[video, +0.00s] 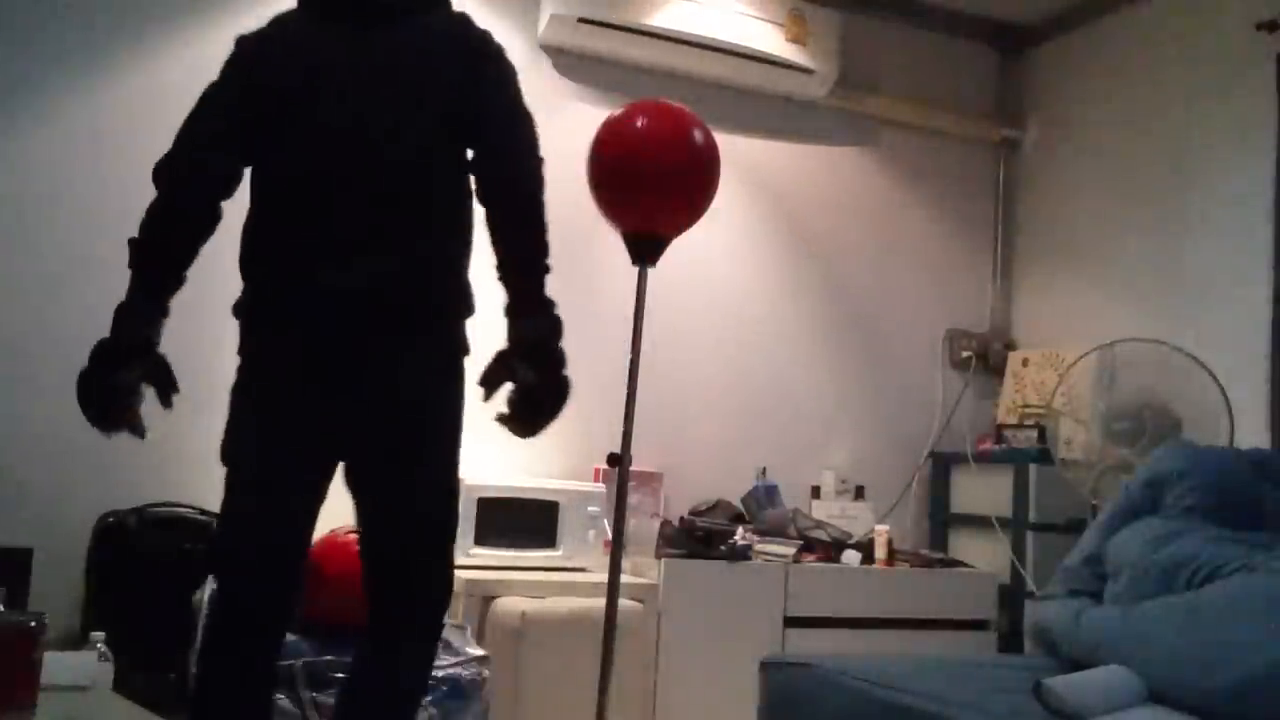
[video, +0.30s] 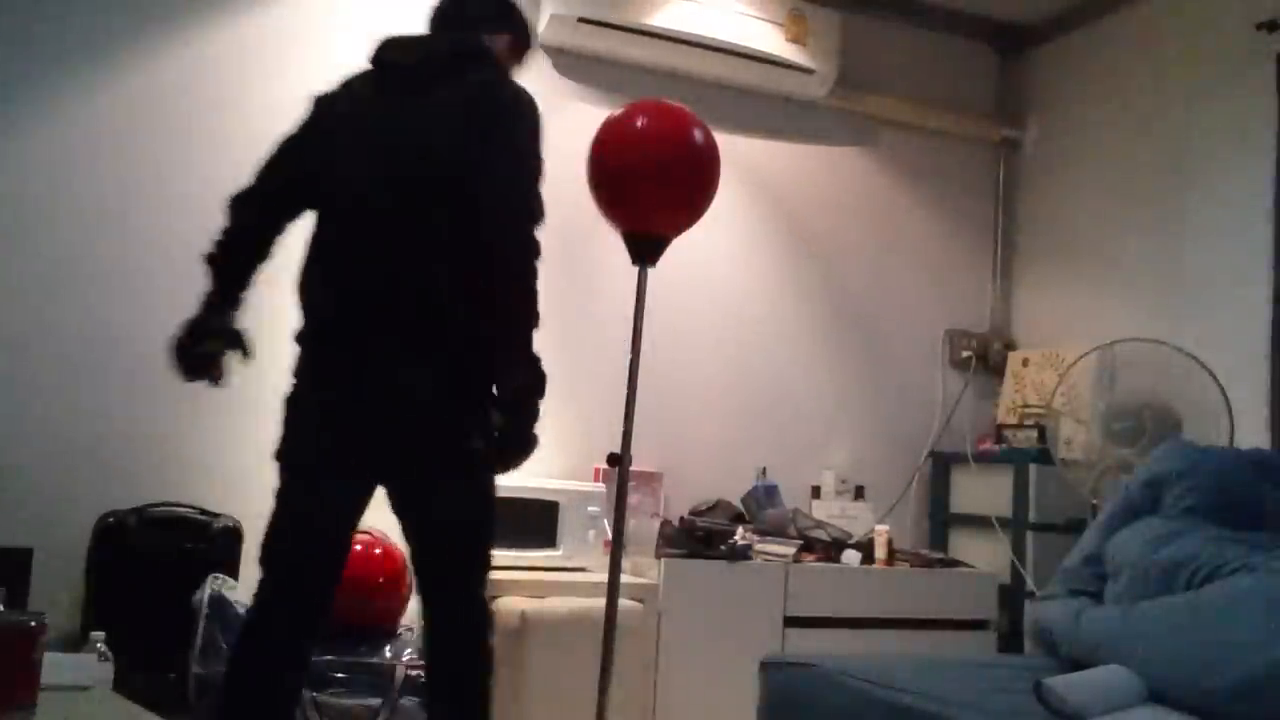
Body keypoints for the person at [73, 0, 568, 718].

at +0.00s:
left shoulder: (272, 50)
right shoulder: (467, 52)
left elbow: (188, 187)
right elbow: (516, 195)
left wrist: (136, 325)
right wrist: (533, 326)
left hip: (283, 366)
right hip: (413, 375)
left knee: (250, 594)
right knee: (411, 605)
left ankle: (227, 709)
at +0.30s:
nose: (515, 66)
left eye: (517, 54)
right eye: (516, 53)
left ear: (441, 28)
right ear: (502, 41)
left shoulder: (355, 97)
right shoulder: (503, 109)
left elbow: (264, 200)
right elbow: (510, 259)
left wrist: (218, 307)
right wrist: (519, 385)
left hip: (332, 390)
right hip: (443, 400)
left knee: (287, 598)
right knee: (458, 613)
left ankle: (247, 717)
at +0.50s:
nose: (589, 103)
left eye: (597, 88)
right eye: (592, 82)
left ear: (526, 55)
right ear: (563, 54)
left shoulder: (433, 123)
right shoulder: (565, 135)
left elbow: (348, 222)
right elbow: (644, 245)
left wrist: (328, 334)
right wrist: (653, 202)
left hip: (430, 392)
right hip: (529, 401)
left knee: (376, 591)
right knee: (509, 616)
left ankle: (312, 707)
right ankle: (484, 715)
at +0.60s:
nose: (625, 102)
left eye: (631, 88)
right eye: (622, 83)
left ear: (561, 64)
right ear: (582, 61)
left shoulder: (468, 134)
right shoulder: (588, 140)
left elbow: (392, 244)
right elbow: (649, 248)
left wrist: (376, 356)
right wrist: (662, 161)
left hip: (468, 402)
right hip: (554, 406)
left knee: (460, 575)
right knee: (522, 609)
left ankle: (365, 705)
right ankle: (490, 716)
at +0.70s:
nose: (650, 101)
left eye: (656, 88)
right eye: (647, 83)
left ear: (585, 68)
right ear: (601, 63)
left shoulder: (501, 142)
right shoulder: (598, 133)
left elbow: (429, 252)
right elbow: (649, 249)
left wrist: (419, 363)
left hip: (503, 386)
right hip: (569, 389)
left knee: (531, 581)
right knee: (542, 587)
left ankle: (464, 708)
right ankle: (482, 711)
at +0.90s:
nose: (694, 115)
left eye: (701, 103)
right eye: (682, 93)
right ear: (633, 80)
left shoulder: (640, 165)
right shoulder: (588, 150)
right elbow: (509, 272)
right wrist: (492, 383)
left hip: (619, 392)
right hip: (574, 390)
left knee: (568, 581)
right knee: (603, 578)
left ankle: (499, 709)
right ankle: (624, 709)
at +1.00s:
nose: (709, 125)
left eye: (720, 113)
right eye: (699, 104)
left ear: (720, 119)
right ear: (656, 94)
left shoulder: (664, 181)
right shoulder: (625, 169)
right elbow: (578, 285)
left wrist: (673, 355)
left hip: (641, 398)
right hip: (611, 397)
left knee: (581, 584)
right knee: (650, 583)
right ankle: (651, 713)